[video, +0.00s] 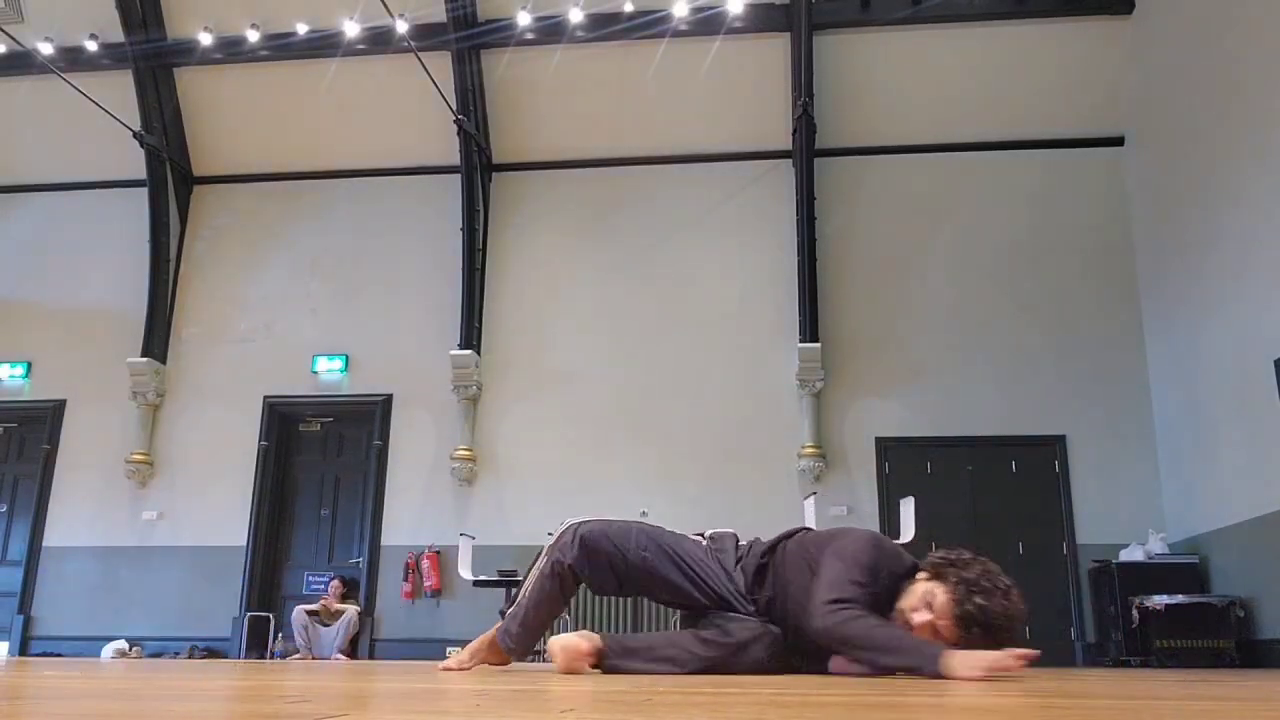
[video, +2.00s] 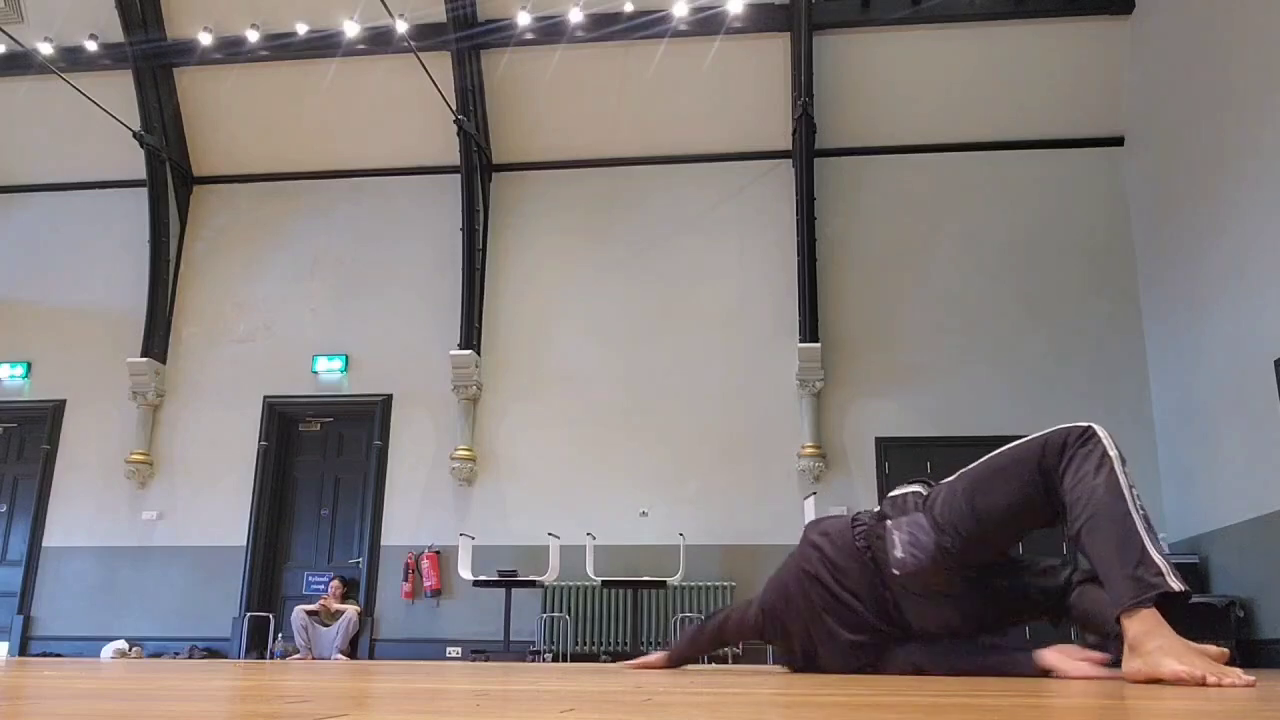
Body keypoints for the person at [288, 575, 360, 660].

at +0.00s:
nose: (333, 591)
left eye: (337, 588)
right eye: (331, 587)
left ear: (344, 590)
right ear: (328, 589)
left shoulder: (349, 603)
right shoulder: (323, 604)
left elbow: (357, 610)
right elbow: (298, 608)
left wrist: (335, 606)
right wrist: (318, 607)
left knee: (352, 614)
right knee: (297, 612)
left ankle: (337, 653)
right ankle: (304, 652)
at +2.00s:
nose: (333, 591)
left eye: (337, 588)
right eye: (331, 588)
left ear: (344, 590)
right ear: (328, 589)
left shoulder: (348, 602)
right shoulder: (323, 602)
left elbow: (357, 610)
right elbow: (297, 608)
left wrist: (334, 606)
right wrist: (316, 607)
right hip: (316, 637)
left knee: (352, 614)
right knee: (297, 612)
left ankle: (336, 653)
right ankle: (304, 653)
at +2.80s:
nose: (333, 591)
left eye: (337, 588)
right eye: (331, 588)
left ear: (343, 590)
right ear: (328, 589)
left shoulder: (349, 602)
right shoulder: (323, 601)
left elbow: (357, 610)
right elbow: (297, 608)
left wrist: (333, 606)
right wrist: (314, 607)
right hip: (316, 636)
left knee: (352, 614)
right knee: (297, 612)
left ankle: (336, 653)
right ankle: (304, 653)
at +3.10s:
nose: (333, 591)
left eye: (337, 588)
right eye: (331, 588)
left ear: (343, 590)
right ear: (328, 589)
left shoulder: (349, 602)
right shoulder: (323, 601)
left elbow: (357, 610)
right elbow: (297, 608)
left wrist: (334, 606)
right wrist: (315, 607)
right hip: (316, 636)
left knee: (352, 614)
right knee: (297, 612)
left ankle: (336, 653)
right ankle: (304, 653)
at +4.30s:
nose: (333, 591)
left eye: (337, 589)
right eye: (331, 588)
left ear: (343, 590)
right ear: (328, 589)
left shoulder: (348, 603)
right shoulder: (322, 603)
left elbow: (357, 610)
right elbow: (297, 609)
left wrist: (334, 606)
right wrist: (316, 608)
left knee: (352, 614)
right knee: (296, 612)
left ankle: (336, 653)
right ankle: (304, 653)